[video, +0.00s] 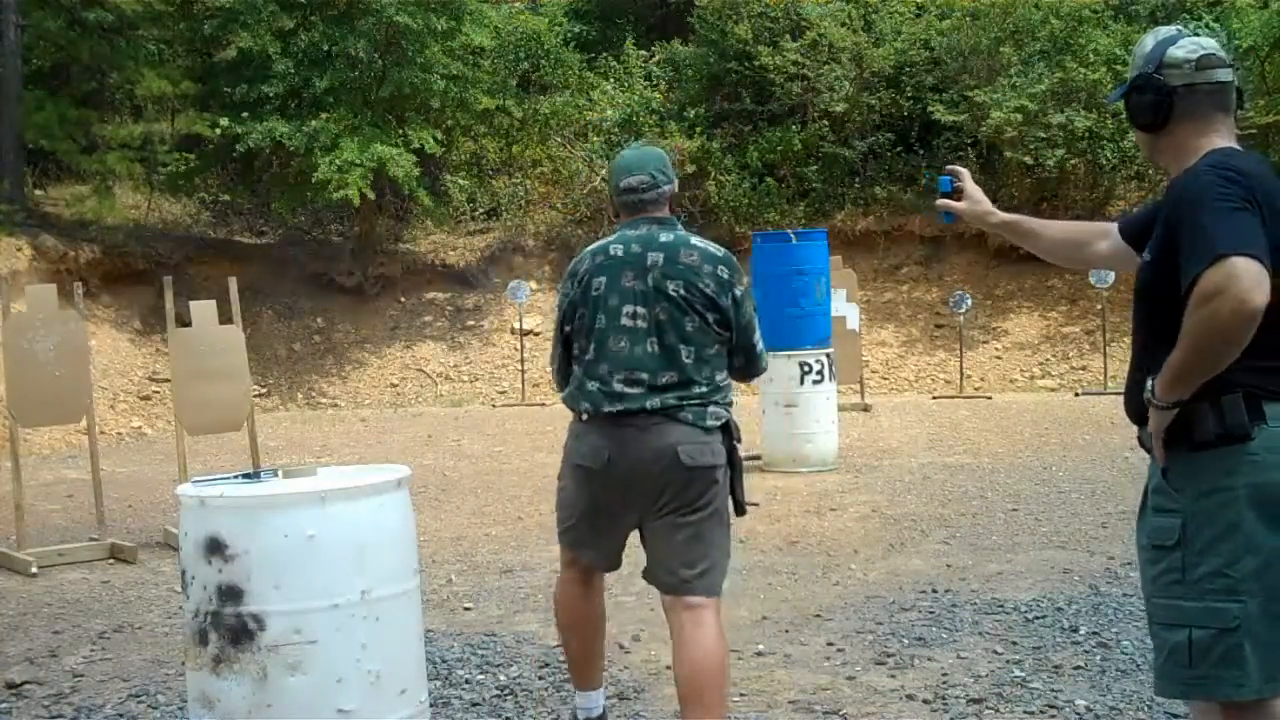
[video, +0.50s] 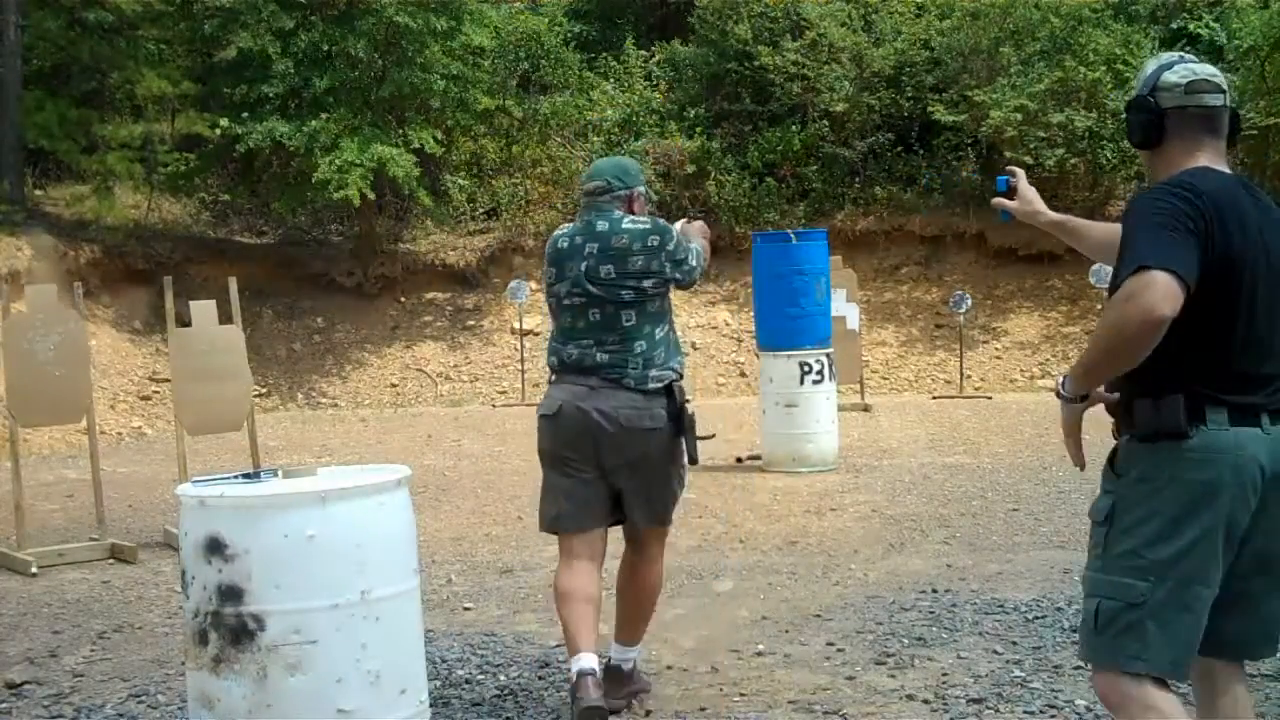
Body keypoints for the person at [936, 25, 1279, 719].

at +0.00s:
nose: (1136, 131)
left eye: (1136, 113)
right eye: (1135, 115)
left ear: (1154, 110)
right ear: (1225, 101)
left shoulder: (1210, 184)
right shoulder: (1242, 178)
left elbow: (1239, 292)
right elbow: (1106, 242)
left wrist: (1167, 394)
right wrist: (992, 217)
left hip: (1223, 457)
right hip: (1249, 446)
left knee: (1229, 693)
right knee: (1250, 686)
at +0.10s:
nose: (1134, 128)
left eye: (1133, 112)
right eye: (1133, 113)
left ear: (1148, 110)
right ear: (1224, 103)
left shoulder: (1201, 184)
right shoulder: (1250, 180)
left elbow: (1220, 290)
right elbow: (1112, 242)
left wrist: (1155, 392)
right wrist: (1001, 215)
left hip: (1221, 453)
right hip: (1257, 442)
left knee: (1231, 695)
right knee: (1251, 687)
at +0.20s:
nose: (1134, 130)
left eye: (1135, 115)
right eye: (1134, 116)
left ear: (1148, 116)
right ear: (1222, 106)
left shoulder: (1193, 187)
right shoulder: (1253, 187)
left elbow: (1206, 294)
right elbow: (1124, 242)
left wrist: (1143, 393)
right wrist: (1013, 214)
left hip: (1213, 448)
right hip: (1259, 436)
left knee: (1231, 691)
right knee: (1248, 682)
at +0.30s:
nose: (1134, 130)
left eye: (1137, 115)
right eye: (1135, 116)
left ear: (1148, 117)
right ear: (1224, 113)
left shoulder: (1184, 194)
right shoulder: (1252, 196)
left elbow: (1189, 294)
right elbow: (1127, 246)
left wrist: (1130, 392)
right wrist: (1023, 214)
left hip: (1203, 444)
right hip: (1261, 436)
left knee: (1219, 687)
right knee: (1240, 676)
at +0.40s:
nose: (1136, 140)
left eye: (1138, 125)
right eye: (1138, 127)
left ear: (1148, 122)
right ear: (1226, 122)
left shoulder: (1178, 198)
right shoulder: (1261, 205)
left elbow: (1173, 297)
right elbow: (1137, 244)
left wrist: (1108, 384)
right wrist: (1033, 216)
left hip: (1188, 449)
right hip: (1265, 445)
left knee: (1184, 684)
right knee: (1219, 671)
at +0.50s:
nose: (1137, 143)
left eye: (1140, 128)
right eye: (1140, 129)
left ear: (1147, 127)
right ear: (1225, 127)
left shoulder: (1168, 202)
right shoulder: (1262, 208)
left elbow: (1154, 301)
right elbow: (1144, 245)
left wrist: (1076, 385)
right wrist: (1045, 218)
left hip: (1181, 452)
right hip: (1268, 449)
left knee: (1125, 675)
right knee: (1221, 664)